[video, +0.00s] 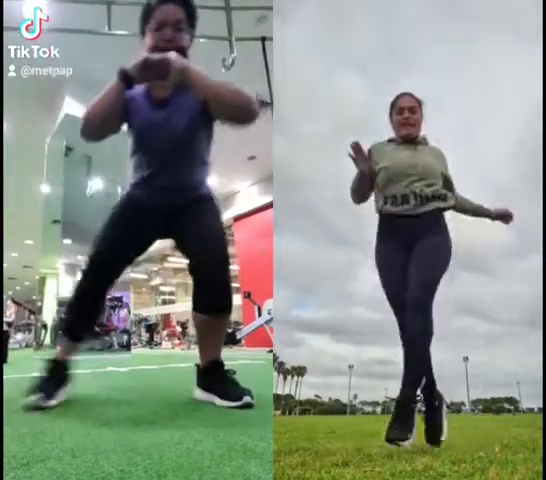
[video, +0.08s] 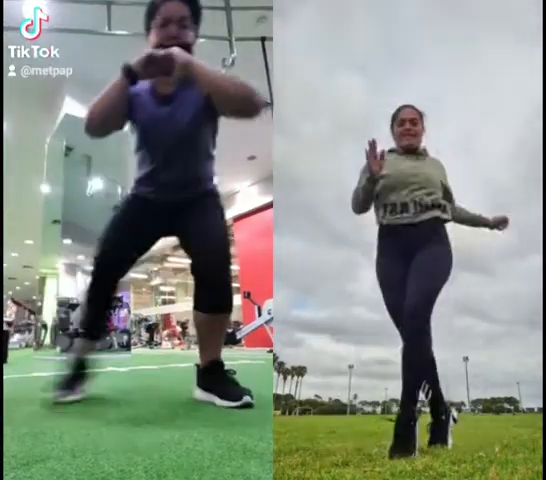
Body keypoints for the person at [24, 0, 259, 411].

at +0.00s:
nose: (169, 36)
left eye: (179, 28)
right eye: (160, 28)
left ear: (191, 38)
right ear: (144, 38)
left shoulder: (202, 88)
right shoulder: (131, 90)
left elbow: (247, 113)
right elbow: (90, 130)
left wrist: (187, 73)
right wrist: (127, 78)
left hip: (193, 202)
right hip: (142, 202)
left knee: (214, 273)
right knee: (98, 273)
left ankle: (211, 372)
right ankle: (58, 369)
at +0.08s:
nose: (172, 33)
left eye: (182, 25)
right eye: (163, 24)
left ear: (195, 36)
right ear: (148, 33)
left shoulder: (206, 84)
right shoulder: (136, 91)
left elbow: (252, 104)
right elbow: (95, 125)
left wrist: (190, 66)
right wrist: (131, 74)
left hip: (199, 201)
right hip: (147, 201)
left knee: (215, 274)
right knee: (107, 265)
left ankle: (211, 373)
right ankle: (78, 367)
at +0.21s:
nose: (186, 30)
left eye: (196, 22)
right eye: (177, 21)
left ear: (210, 32)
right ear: (162, 31)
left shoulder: (218, 82)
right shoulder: (148, 87)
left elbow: (263, 99)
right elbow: (107, 124)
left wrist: (204, 62)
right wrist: (144, 72)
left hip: (206, 198)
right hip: (156, 198)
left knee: (214, 277)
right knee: (134, 278)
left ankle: (210, 372)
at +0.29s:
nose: (191, 32)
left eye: (201, 25)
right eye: (182, 24)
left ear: (214, 35)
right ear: (167, 33)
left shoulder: (224, 86)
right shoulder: (153, 88)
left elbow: (268, 115)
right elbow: (113, 134)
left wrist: (218, 73)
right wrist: (148, 83)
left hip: (208, 200)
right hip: (159, 201)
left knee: (214, 280)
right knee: (159, 290)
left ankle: (212, 370)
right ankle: (192, 344)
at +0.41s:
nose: (191, 33)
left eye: (201, 26)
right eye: (182, 25)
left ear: (214, 37)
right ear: (168, 34)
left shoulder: (224, 86)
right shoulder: (152, 89)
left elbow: (267, 133)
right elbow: (108, 140)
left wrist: (235, 88)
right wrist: (138, 94)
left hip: (208, 198)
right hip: (160, 202)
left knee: (211, 274)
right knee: (179, 289)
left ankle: (211, 371)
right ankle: (205, 360)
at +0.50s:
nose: (187, 18)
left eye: (196, 11)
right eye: (179, 11)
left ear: (208, 21)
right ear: (166, 21)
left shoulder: (218, 73)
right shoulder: (148, 72)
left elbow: (262, 122)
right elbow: (106, 121)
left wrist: (258, 96)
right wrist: (109, 98)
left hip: (206, 187)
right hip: (159, 190)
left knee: (210, 271)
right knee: (168, 281)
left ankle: (211, 370)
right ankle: (193, 350)